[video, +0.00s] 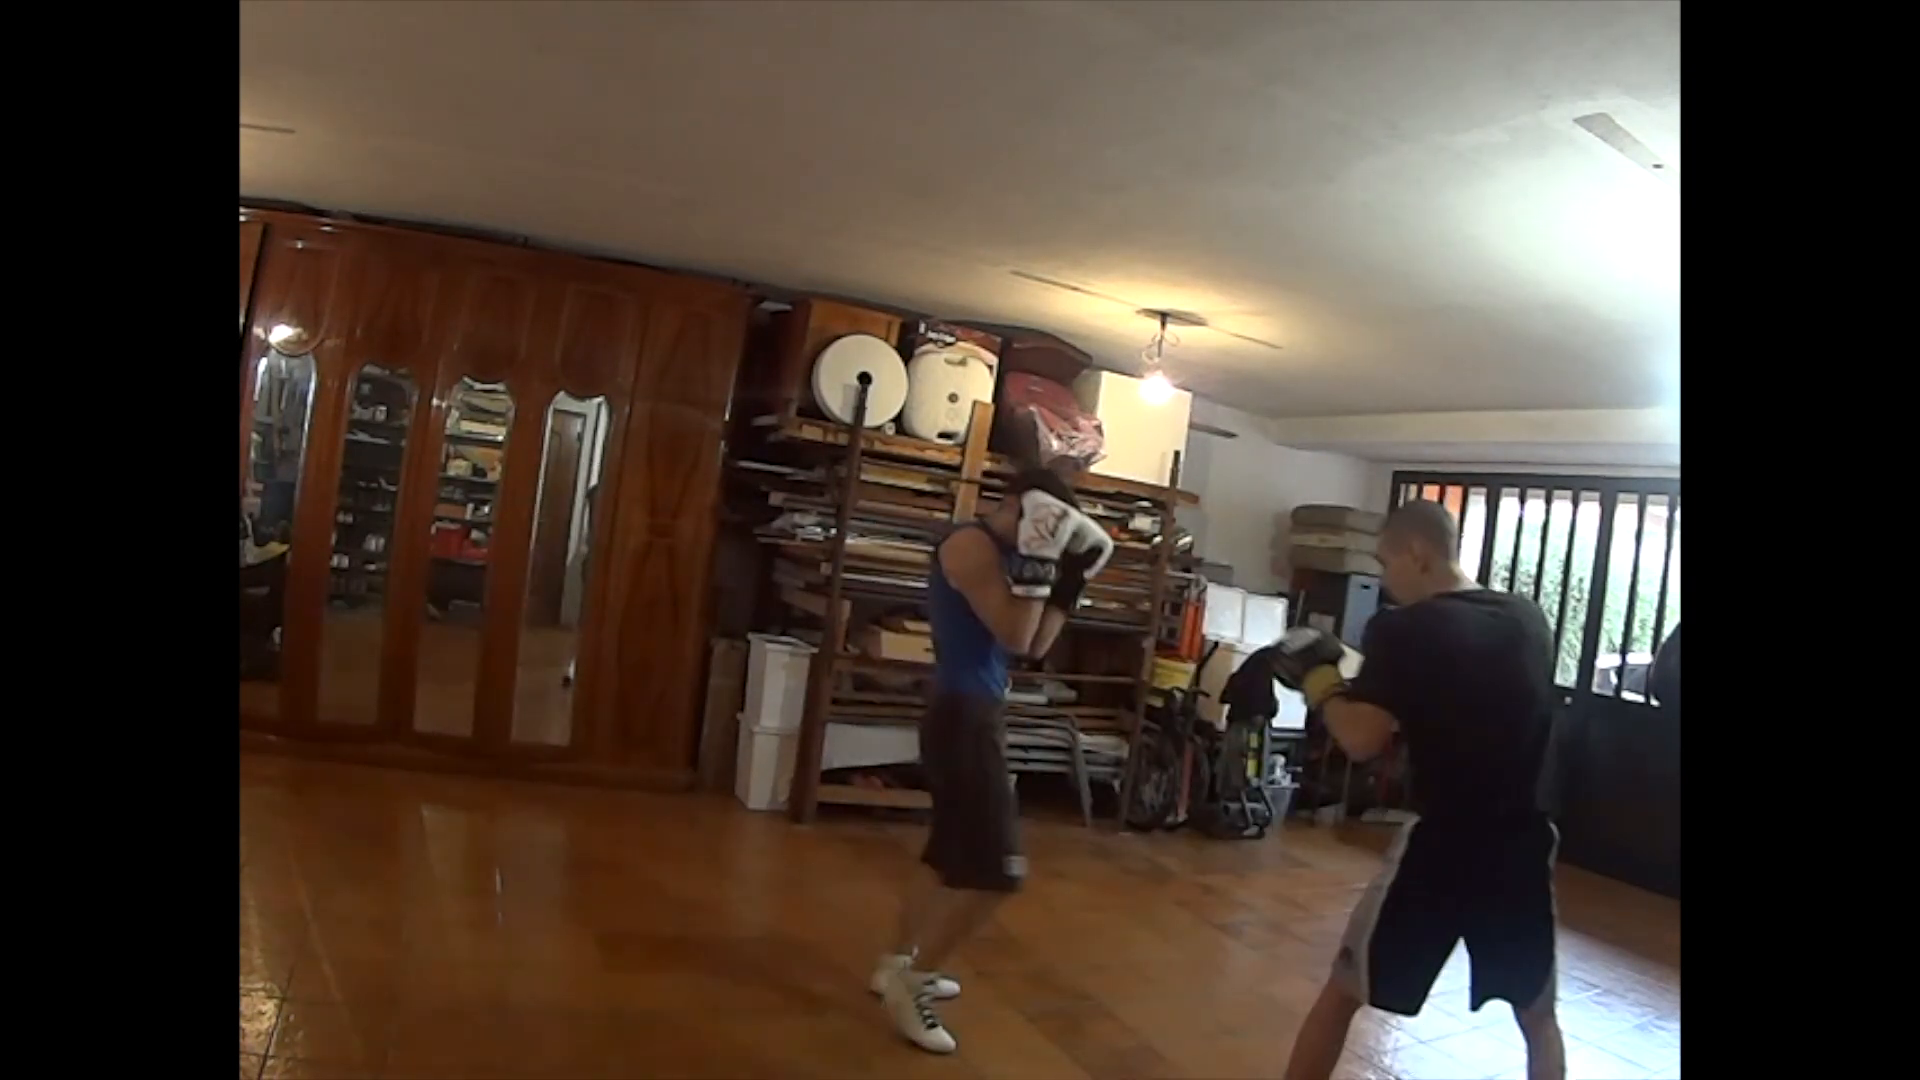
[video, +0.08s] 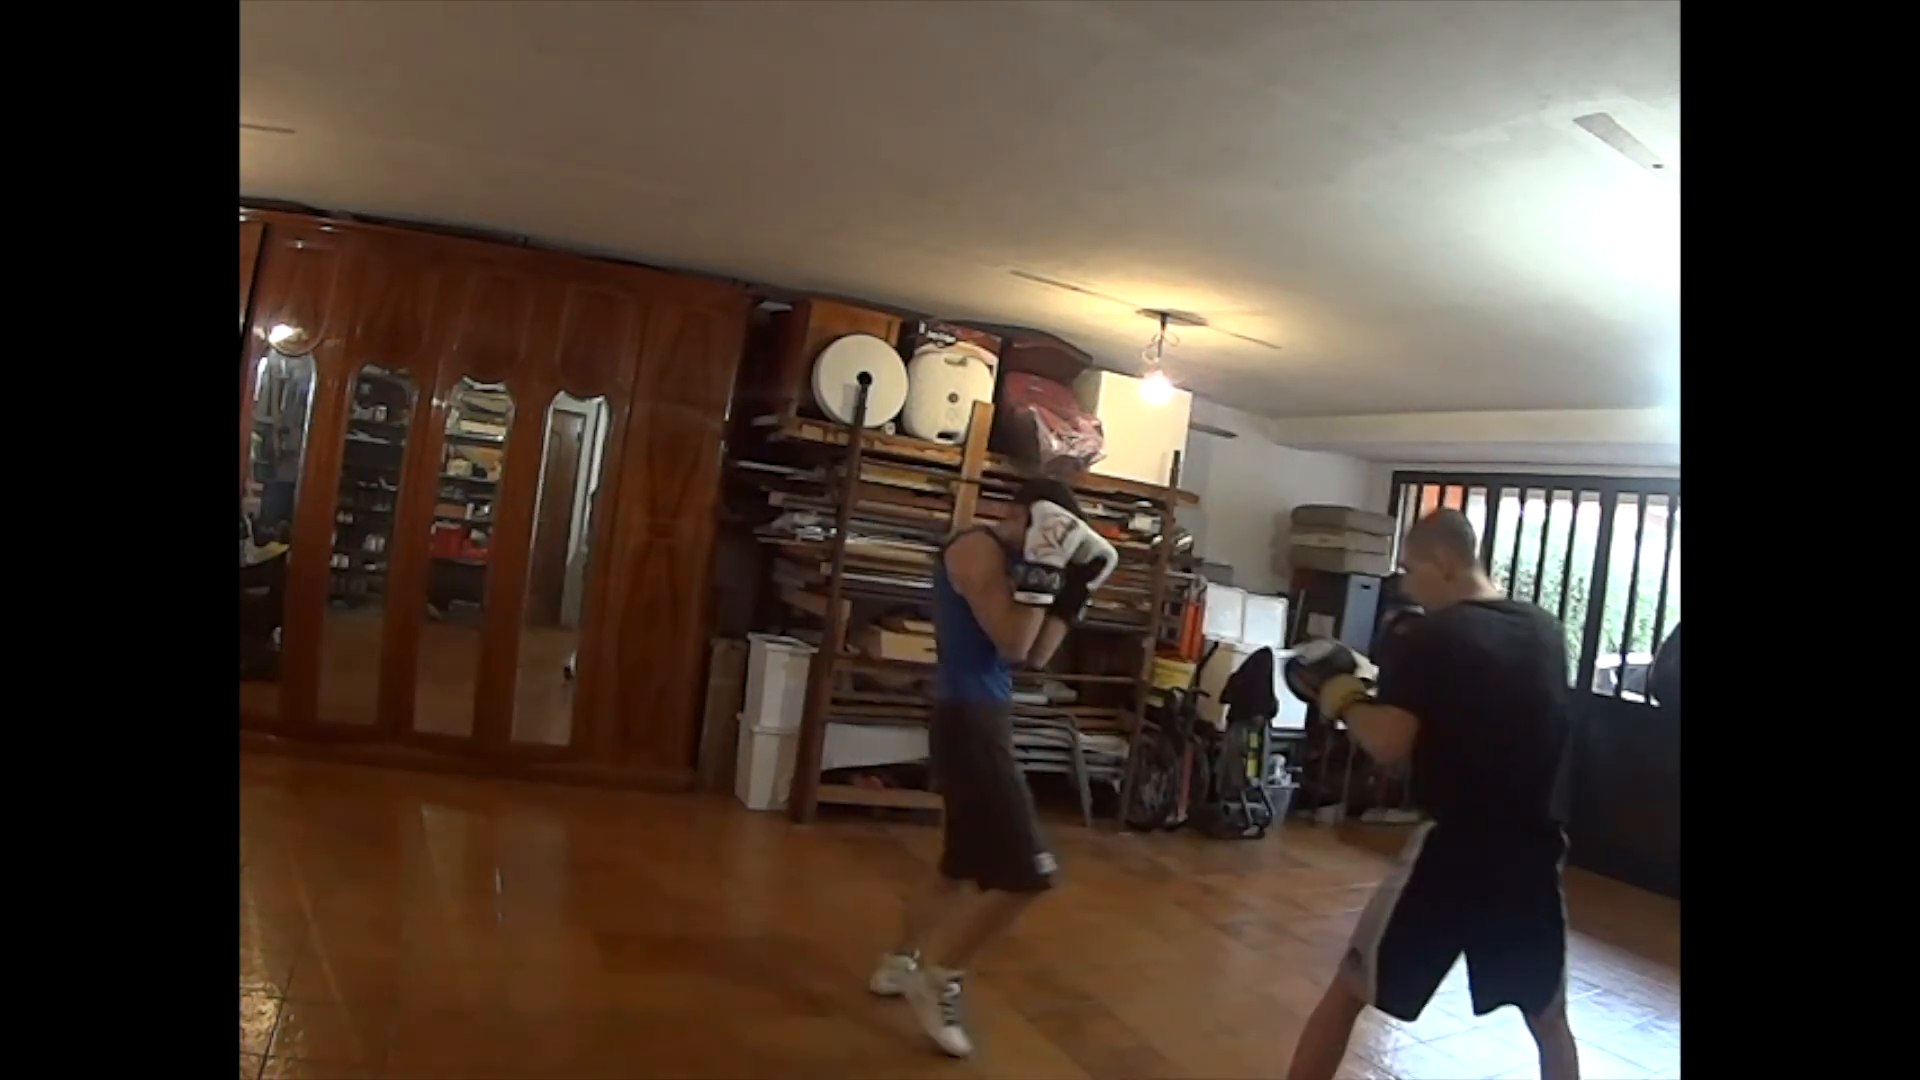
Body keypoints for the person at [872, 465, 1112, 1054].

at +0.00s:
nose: (1049, 532)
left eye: (1056, 523)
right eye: (1049, 518)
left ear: (1028, 508)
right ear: (1024, 503)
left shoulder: (1005, 554)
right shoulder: (968, 545)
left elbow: (1036, 643)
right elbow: (1018, 635)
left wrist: (1073, 579)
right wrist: (1047, 565)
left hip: (975, 719)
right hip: (963, 721)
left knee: (948, 859)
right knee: (997, 873)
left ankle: (902, 960)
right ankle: (912, 979)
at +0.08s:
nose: (1049, 542)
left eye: (1057, 533)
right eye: (1050, 530)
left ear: (1038, 525)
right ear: (1024, 511)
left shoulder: (1007, 560)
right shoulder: (974, 547)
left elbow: (1039, 652)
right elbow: (1015, 642)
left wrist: (1076, 591)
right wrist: (1045, 572)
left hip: (981, 725)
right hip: (969, 726)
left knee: (962, 864)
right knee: (1028, 876)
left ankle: (901, 961)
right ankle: (936, 978)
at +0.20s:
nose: (1067, 534)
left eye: (1071, 526)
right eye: (1068, 524)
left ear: (1046, 517)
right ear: (1044, 513)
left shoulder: (1024, 557)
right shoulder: (990, 545)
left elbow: (1058, 653)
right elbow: (1035, 640)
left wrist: (1096, 588)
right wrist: (1062, 568)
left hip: (995, 723)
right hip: (988, 723)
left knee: (967, 856)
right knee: (1054, 876)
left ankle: (900, 964)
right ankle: (1010, 1016)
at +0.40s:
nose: (1106, 552)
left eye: (1113, 544)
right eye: (1106, 540)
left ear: (1083, 531)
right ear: (1079, 525)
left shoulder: (1059, 567)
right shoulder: (1032, 559)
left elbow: (1099, 666)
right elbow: (1075, 660)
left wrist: (1139, 593)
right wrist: (1102, 582)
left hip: (1019, 743)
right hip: (1019, 746)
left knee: (970, 867)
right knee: (1066, 903)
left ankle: (899, 965)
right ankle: (1093, 1046)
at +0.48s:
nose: (1129, 570)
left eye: (1136, 561)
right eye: (1131, 557)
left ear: (1103, 541)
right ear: (1106, 540)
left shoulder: (1067, 579)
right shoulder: (1052, 576)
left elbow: (1120, 678)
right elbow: (1101, 675)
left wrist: (1156, 619)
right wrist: (1128, 606)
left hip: (1019, 757)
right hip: (1035, 762)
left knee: (982, 875)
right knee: (1084, 915)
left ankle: (900, 966)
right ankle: (1099, 1056)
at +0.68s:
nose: (1185, 597)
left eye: (1194, 586)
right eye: (1188, 581)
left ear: (1166, 559)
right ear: (1166, 558)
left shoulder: (1108, 587)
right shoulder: (1119, 602)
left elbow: (1162, 687)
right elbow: (1172, 704)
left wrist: (1190, 628)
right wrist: (1206, 628)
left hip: (1036, 758)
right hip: (1057, 767)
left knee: (994, 874)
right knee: (1121, 921)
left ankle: (905, 965)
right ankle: (1114, 1063)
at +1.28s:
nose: (1244, 589)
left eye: (1251, 581)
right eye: (1241, 574)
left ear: (1193, 558)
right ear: (1207, 557)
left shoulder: (1143, 596)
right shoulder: (1180, 602)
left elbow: (1205, 693)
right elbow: (1227, 694)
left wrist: (1257, 636)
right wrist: (1273, 632)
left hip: (1081, 779)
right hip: (1129, 793)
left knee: (1005, 901)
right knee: (1199, 954)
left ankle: (918, 992)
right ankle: (1202, 1070)